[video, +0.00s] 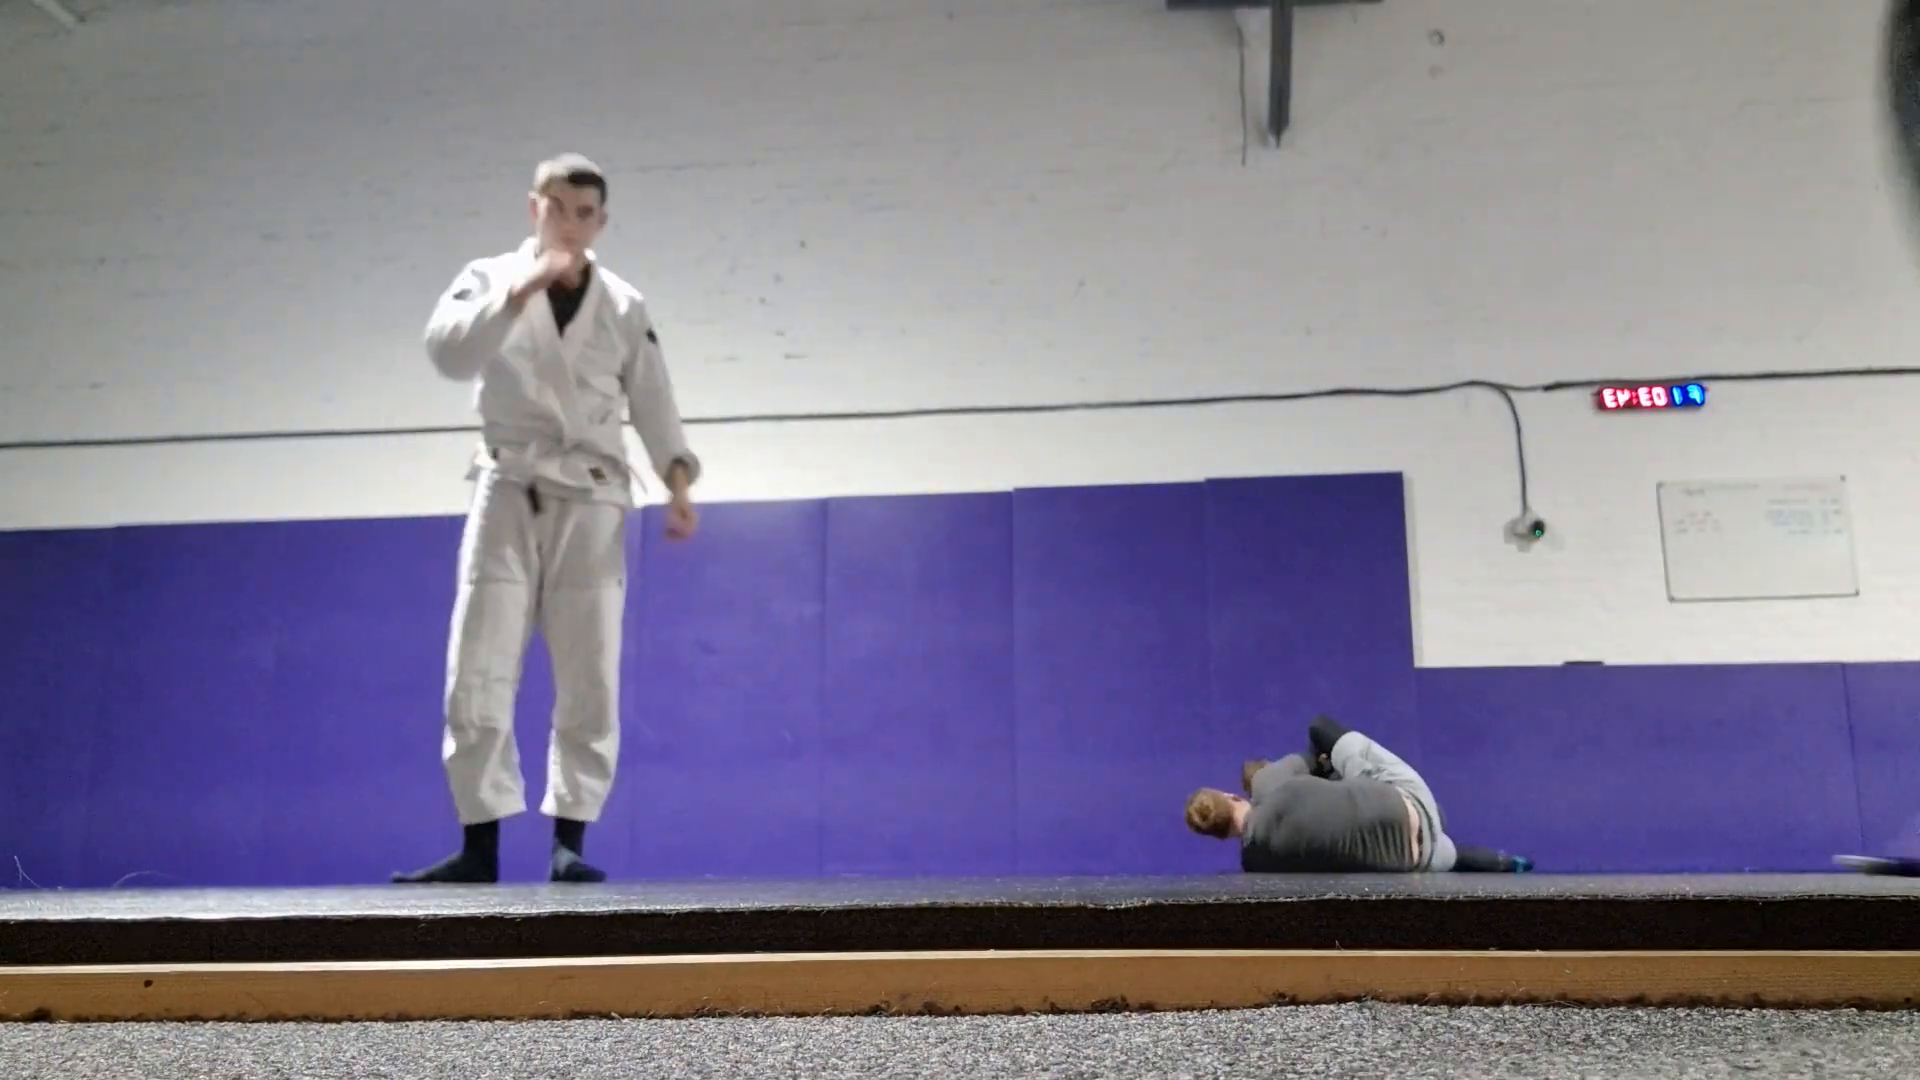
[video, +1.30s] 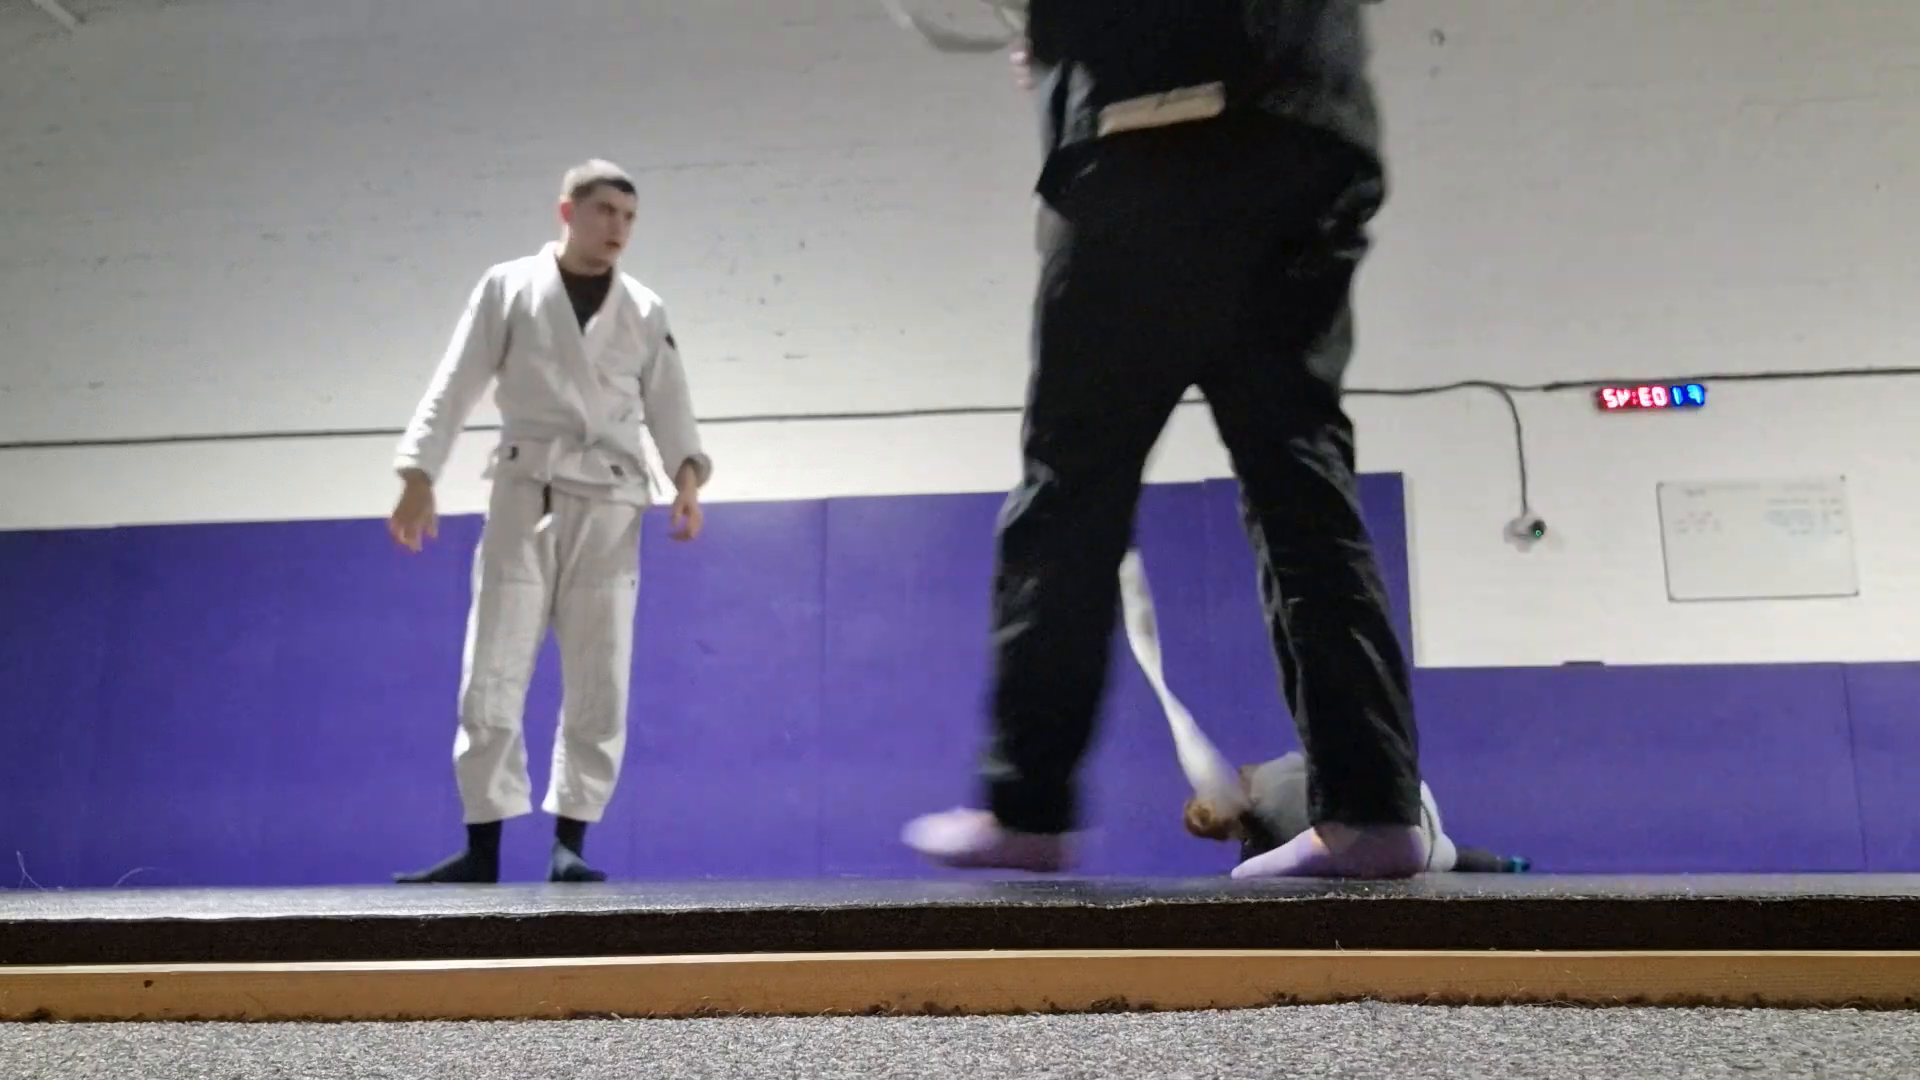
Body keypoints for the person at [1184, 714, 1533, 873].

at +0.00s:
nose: (1229, 790)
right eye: (1227, 791)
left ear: (1217, 836)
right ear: (1232, 795)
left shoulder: (1256, 864)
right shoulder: (1269, 782)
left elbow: (1306, 853)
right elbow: (1311, 762)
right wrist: (1264, 774)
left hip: (1420, 861)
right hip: (1416, 807)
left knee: (1451, 853)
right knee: (1322, 726)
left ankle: (1513, 864)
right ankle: (1327, 769)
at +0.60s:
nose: (1230, 793)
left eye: (1225, 793)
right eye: (1227, 793)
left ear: (1216, 840)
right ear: (1230, 797)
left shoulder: (1258, 864)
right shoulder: (1274, 782)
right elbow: (1321, 758)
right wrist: (1265, 775)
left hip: (1423, 863)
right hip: (1416, 808)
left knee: (1458, 856)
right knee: (1324, 727)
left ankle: (1514, 866)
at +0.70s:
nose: (1232, 795)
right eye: (1228, 795)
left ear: (1217, 841)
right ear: (1231, 798)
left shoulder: (1258, 864)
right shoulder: (1271, 781)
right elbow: (1317, 757)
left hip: (1422, 865)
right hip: (1415, 810)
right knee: (1342, 740)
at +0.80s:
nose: (1227, 795)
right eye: (1225, 797)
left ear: (1217, 841)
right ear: (1227, 798)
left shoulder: (1258, 865)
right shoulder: (1269, 785)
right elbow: (1317, 758)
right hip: (1386, 806)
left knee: (1458, 863)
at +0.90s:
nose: (1228, 795)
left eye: (1220, 825)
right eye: (1224, 795)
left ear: (1221, 836)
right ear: (1230, 795)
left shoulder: (1254, 854)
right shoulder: (1274, 773)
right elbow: (1327, 760)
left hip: (1416, 857)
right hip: (1410, 805)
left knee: (1452, 856)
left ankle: (1512, 869)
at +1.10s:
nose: (1229, 806)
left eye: (1218, 813)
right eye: (1224, 805)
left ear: (1217, 840)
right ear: (1229, 797)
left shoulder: (1261, 856)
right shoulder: (1276, 778)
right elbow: (1331, 764)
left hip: (1405, 861)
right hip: (1412, 809)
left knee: (1451, 859)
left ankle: (1506, 867)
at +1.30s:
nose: (1212, 815)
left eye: (1206, 811)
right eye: (1208, 819)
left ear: (1220, 800)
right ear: (1220, 821)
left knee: (1445, 855)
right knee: (1441, 848)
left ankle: (1503, 864)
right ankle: (1498, 862)